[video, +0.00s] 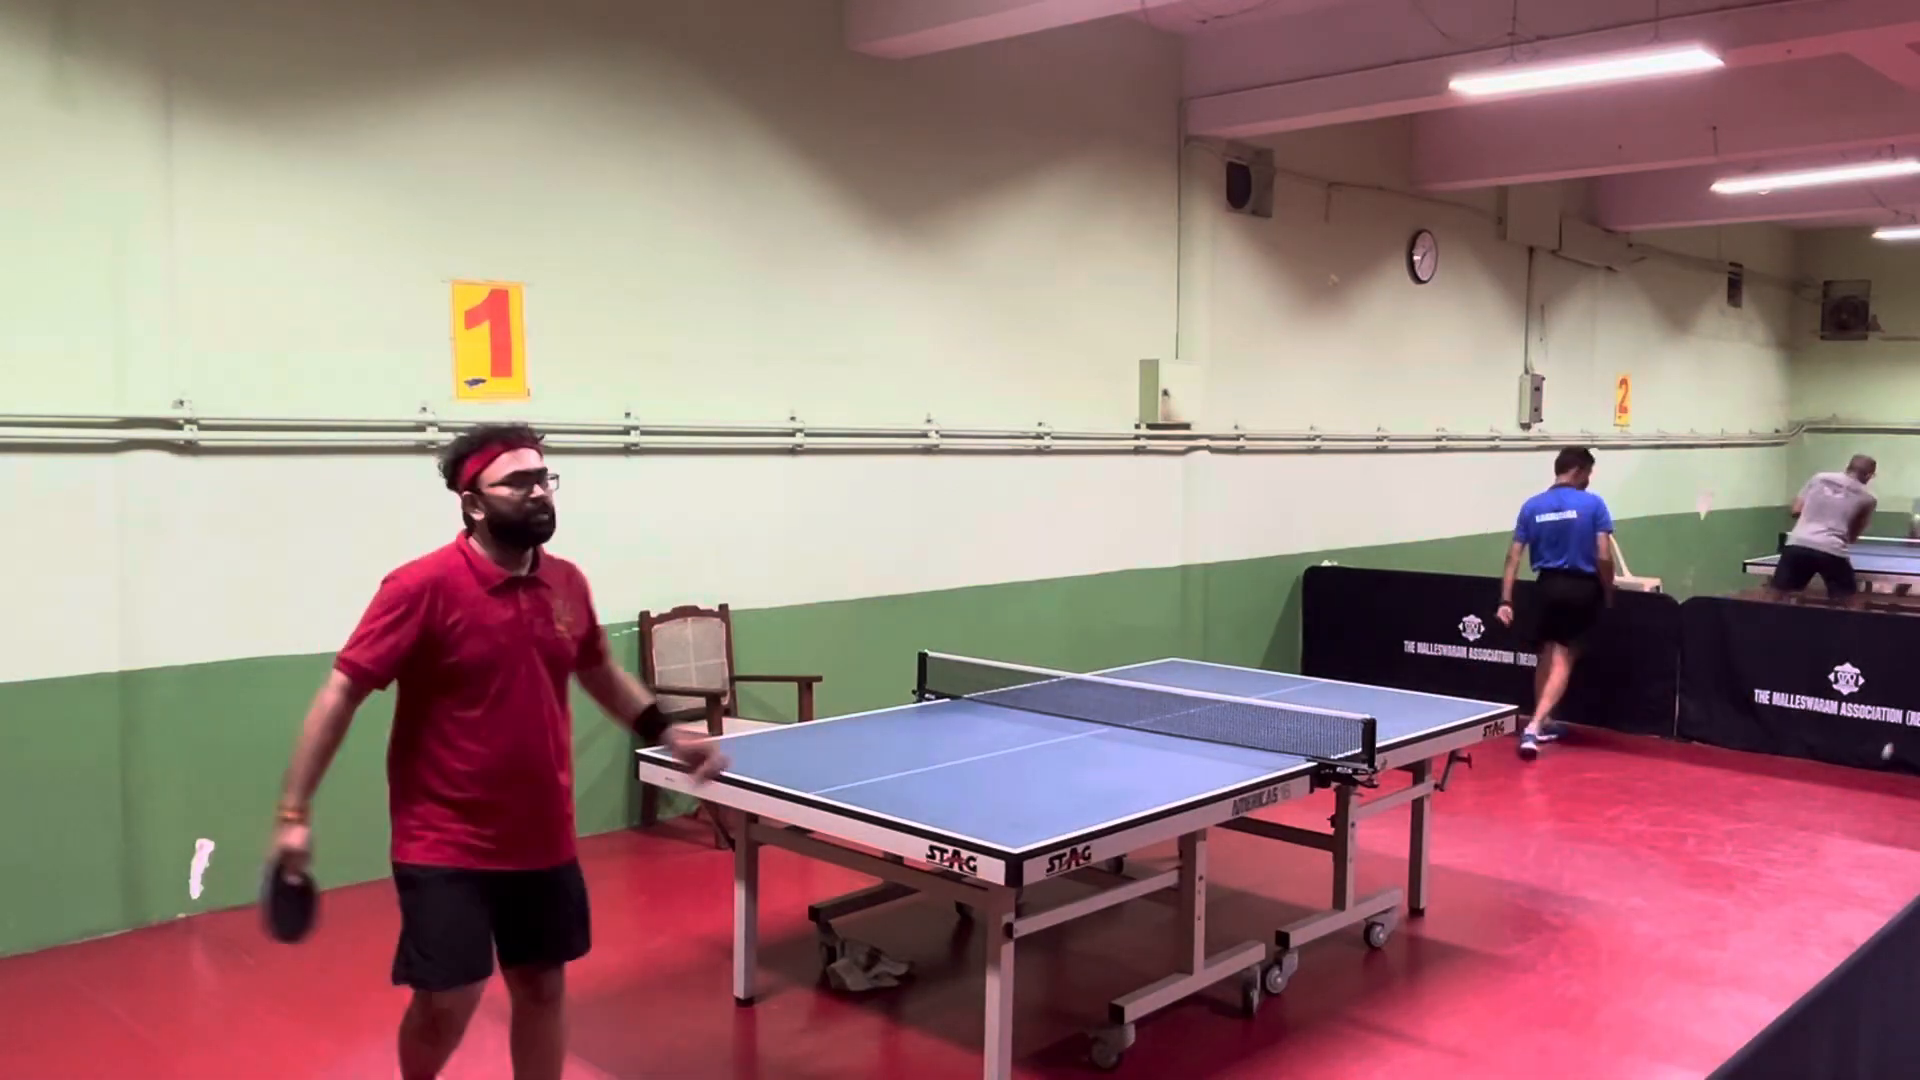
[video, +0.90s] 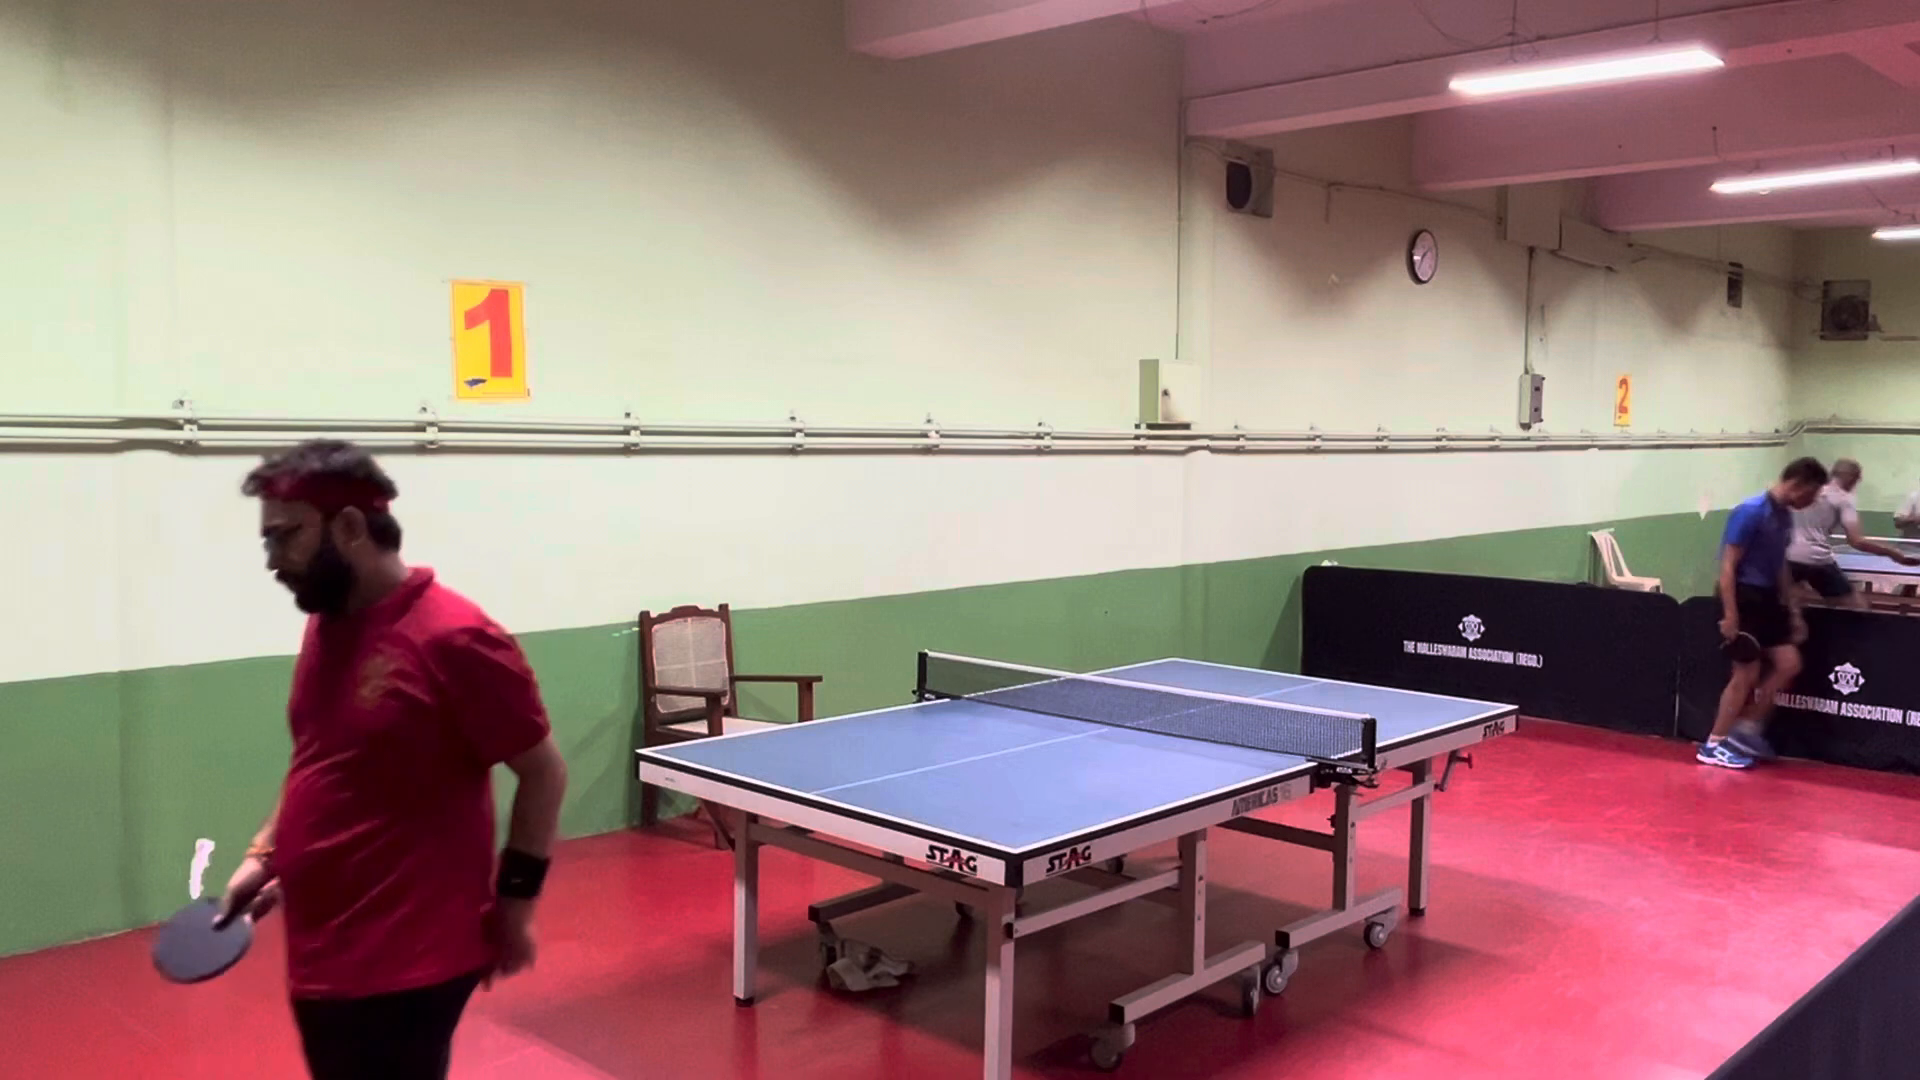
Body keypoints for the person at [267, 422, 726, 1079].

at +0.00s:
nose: (541, 490)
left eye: (545, 478)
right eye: (520, 481)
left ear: (552, 486)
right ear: (472, 503)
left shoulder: (564, 583)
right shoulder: (420, 589)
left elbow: (600, 671)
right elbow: (340, 694)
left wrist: (665, 732)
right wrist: (293, 815)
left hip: (539, 834)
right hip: (444, 839)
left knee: (542, 988)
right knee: (451, 996)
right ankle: (415, 1076)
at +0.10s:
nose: (523, 491)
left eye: (532, 476)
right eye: (501, 481)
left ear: (547, 485)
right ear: (461, 499)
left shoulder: (584, 583)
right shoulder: (417, 589)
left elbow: (651, 659)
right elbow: (332, 693)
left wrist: (693, 656)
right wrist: (261, 797)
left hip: (545, 832)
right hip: (448, 832)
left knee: (539, 987)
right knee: (446, 1004)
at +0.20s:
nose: (505, 496)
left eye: (517, 480)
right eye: (483, 488)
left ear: (538, 490)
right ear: (454, 509)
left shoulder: (593, 585)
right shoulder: (413, 598)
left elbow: (679, 651)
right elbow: (337, 698)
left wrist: (677, 578)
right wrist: (263, 798)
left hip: (550, 845)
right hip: (446, 851)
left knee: (541, 1002)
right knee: (457, 1031)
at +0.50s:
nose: (430, 511)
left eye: (448, 494)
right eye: (410, 502)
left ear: (489, 505)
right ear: (394, 526)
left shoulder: (543, 600)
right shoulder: (381, 625)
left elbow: (615, 687)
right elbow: (366, 749)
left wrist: (591, 626)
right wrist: (341, 866)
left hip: (530, 901)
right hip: (410, 911)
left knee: (554, 1068)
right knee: (439, 1070)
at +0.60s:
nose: (385, 519)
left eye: (403, 499)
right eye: (372, 512)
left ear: (459, 506)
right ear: (365, 531)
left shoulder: (531, 607)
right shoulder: (370, 625)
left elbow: (597, 706)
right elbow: (363, 752)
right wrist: (336, 873)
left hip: (500, 910)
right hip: (387, 913)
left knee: (492, 1068)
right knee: (382, 1069)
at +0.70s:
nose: (335, 532)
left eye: (352, 507)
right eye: (330, 520)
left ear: (420, 504)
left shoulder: (505, 611)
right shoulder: (362, 619)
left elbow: (576, 743)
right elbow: (359, 747)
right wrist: (318, 867)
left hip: (471, 910)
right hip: (374, 910)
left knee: (427, 1067)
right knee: (394, 1059)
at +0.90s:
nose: (272, 562)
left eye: (283, 537)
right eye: (269, 542)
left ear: (348, 528)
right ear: (346, 531)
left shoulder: (456, 635)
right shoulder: (325, 630)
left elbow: (543, 770)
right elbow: (321, 768)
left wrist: (515, 902)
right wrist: (265, 855)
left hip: (410, 958)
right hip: (326, 953)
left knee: (390, 1071)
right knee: (341, 1070)